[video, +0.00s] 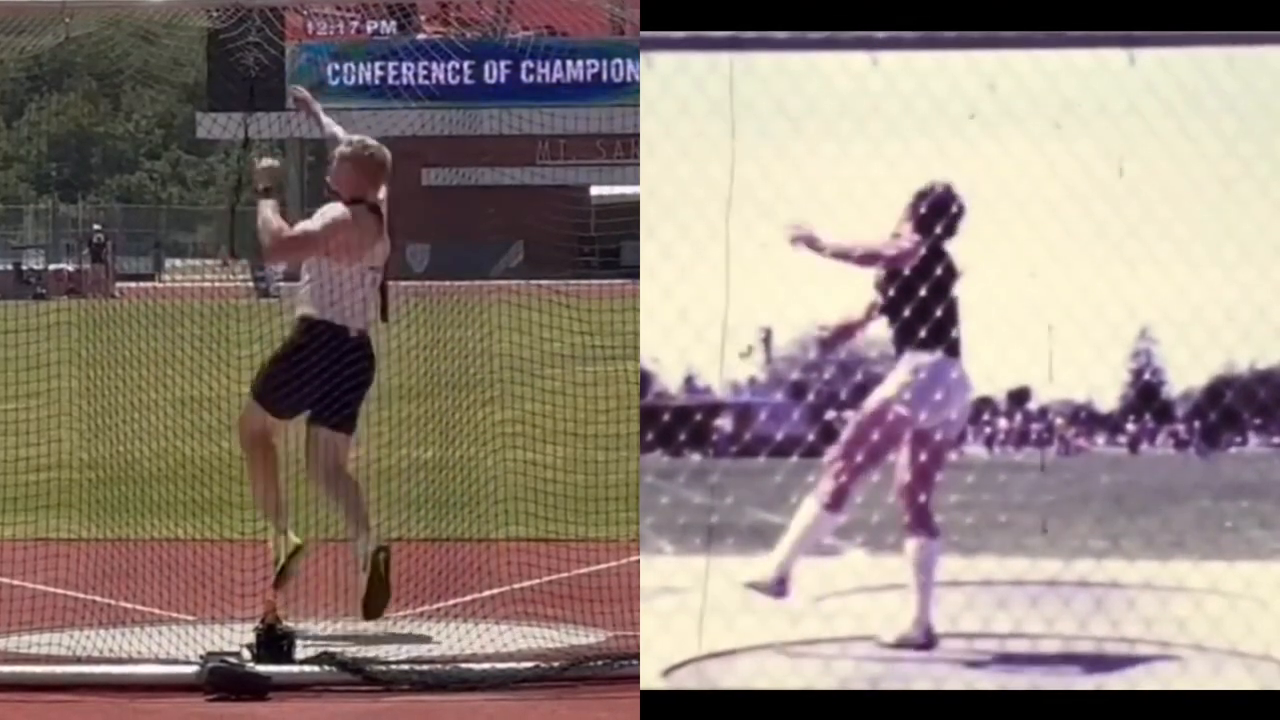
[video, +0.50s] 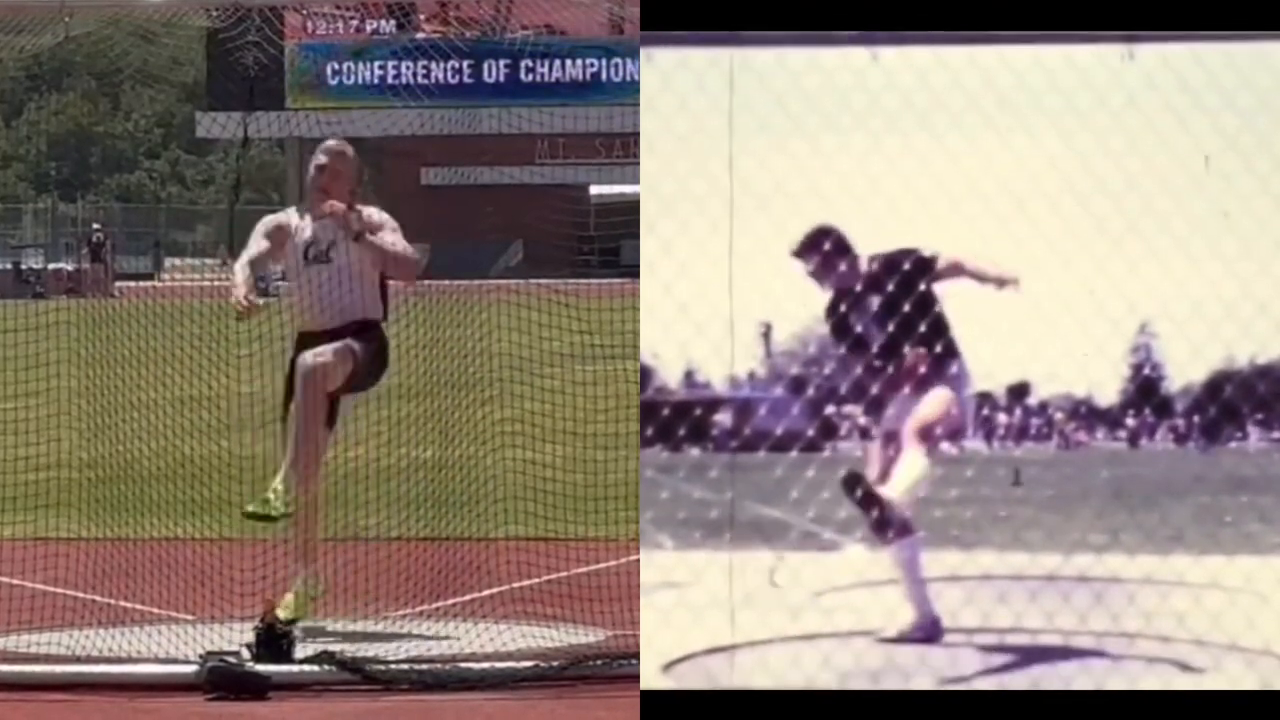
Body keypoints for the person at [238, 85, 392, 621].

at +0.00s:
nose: (331, 170)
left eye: (338, 164)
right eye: (334, 164)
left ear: (356, 176)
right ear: (373, 180)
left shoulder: (340, 218)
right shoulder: (375, 217)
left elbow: (276, 244)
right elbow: (352, 151)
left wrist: (266, 193)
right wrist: (316, 114)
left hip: (317, 340)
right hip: (356, 346)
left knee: (254, 430)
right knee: (328, 461)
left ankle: (281, 535)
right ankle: (368, 547)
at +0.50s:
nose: (322, 175)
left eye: (333, 170)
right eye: (318, 166)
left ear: (353, 180)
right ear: (307, 172)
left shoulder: (371, 220)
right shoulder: (284, 224)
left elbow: (409, 268)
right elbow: (246, 260)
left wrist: (358, 234)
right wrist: (243, 289)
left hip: (361, 337)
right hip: (308, 343)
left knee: (312, 365)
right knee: (306, 469)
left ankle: (285, 484)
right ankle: (307, 579)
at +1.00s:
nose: (343, 214)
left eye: (346, 204)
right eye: (335, 204)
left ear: (343, 207)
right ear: (306, 205)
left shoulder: (343, 249)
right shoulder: (283, 249)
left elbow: (377, 294)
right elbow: (324, 286)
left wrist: (422, 288)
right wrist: (410, 295)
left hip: (338, 372)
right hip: (291, 381)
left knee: (428, 350)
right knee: (289, 496)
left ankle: (484, 415)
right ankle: (276, 613)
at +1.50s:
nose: (387, 197)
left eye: (387, 189)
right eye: (381, 189)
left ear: (356, 191)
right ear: (358, 189)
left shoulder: (346, 228)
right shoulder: (336, 223)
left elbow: (343, 296)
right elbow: (421, 216)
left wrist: (384, 320)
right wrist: (479, 192)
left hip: (333, 349)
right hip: (295, 364)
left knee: (410, 367)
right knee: (335, 476)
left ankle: (469, 437)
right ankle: (291, 583)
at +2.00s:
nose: (408, 210)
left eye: (408, 202)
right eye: (405, 201)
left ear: (369, 195)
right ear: (389, 199)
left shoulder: (333, 228)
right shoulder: (383, 236)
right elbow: (468, 221)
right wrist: (505, 165)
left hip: (298, 356)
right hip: (337, 368)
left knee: (309, 392)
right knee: (356, 488)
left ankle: (302, 452)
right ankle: (322, 593)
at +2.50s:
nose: (404, 205)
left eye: (398, 199)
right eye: (414, 203)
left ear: (384, 209)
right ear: (424, 218)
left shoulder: (344, 240)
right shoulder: (434, 260)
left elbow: (294, 293)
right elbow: (508, 290)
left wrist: (275, 335)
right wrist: (520, 242)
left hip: (321, 360)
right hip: (374, 379)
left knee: (249, 388)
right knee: (357, 491)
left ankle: (186, 480)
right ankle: (336, 592)